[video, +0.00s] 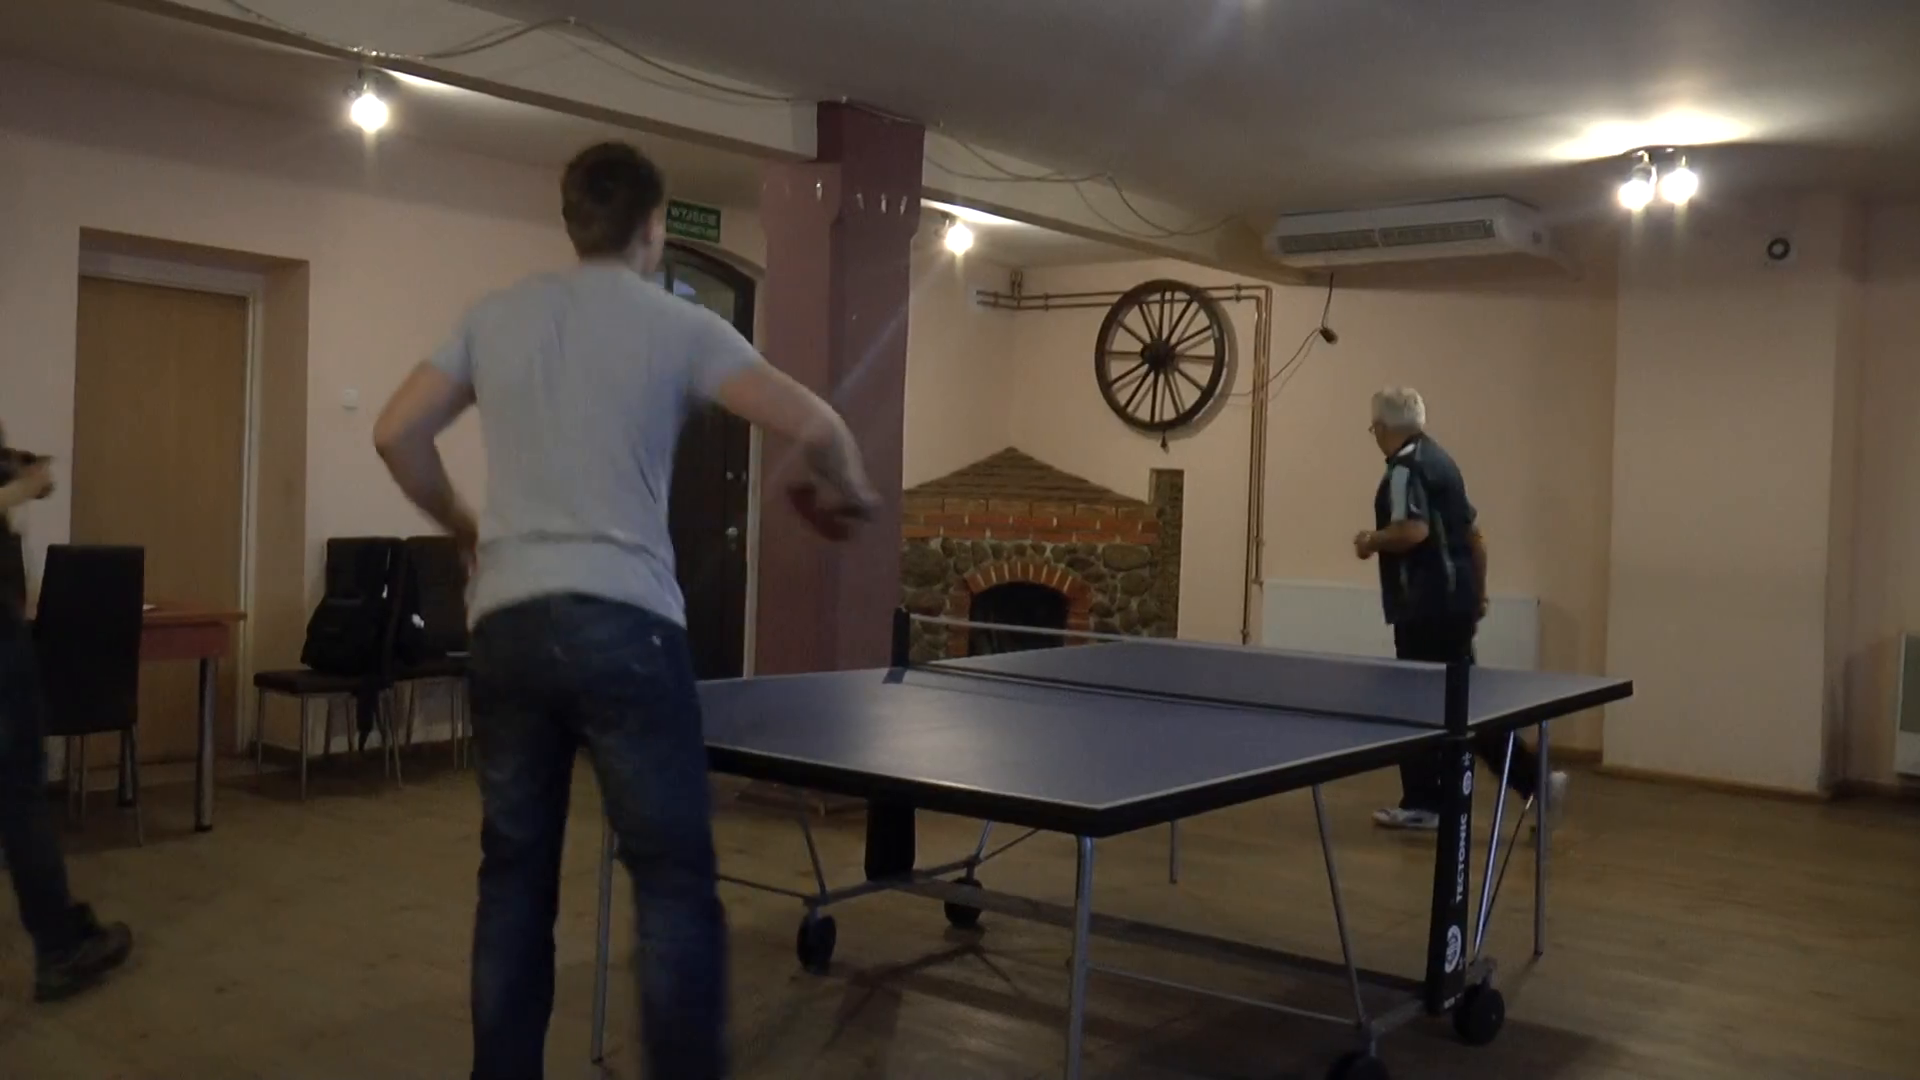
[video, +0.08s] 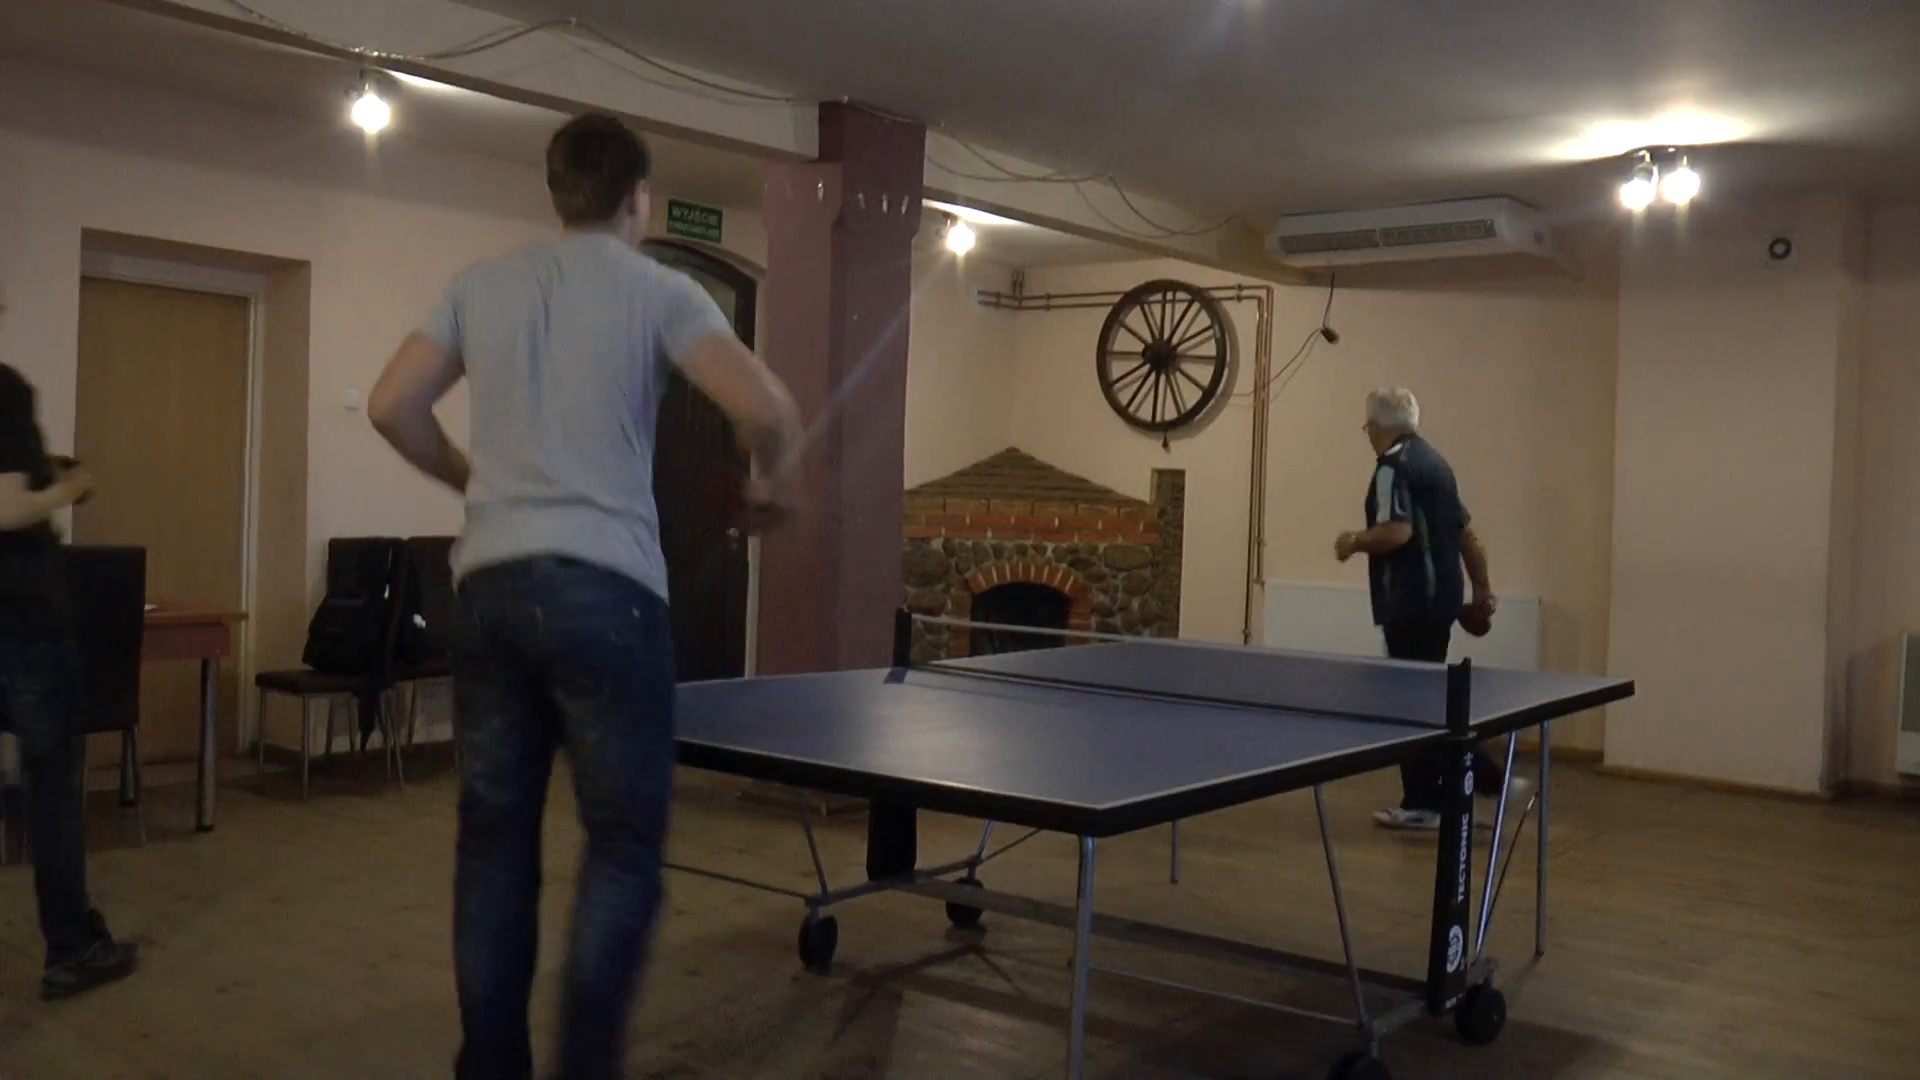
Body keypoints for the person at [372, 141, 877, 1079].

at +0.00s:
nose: (663, 238)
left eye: (658, 224)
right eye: (663, 224)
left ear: (570, 226)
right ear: (652, 226)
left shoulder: (495, 314)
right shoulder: (675, 321)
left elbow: (398, 432)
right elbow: (818, 425)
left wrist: (459, 522)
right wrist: (846, 489)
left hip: (505, 620)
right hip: (623, 617)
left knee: (514, 868)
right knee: (672, 873)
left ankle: (503, 1070)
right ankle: (686, 1066)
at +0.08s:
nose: (651, 209)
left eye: (648, 197)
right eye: (651, 197)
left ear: (551, 197)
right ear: (637, 200)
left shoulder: (479, 284)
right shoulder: (656, 288)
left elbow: (394, 407)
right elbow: (769, 411)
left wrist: (473, 480)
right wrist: (770, 483)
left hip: (485, 583)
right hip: (606, 584)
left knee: (493, 836)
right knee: (623, 844)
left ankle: (489, 1066)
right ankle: (586, 1064)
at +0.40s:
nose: (583, 236)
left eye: (579, 222)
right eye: (584, 224)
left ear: (490, 223)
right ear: (572, 228)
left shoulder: (419, 326)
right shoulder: (581, 332)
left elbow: (347, 464)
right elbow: (624, 501)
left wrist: (431, 527)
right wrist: (598, 543)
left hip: (413, 617)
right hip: (522, 626)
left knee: (372, 854)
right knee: (516, 884)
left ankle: (287, 1065)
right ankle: (467, 1070)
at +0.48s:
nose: (560, 219)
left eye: (551, 204)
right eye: (558, 205)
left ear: (466, 203)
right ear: (544, 208)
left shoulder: (392, 299)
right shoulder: (552, 304)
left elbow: (326, 436)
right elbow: (621, 461)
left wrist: (417, 489)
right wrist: (586, 503)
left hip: (387, 594)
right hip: (494, 602)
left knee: (358, 828)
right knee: (501, 859)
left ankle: (292, 1058)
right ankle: (471, 1068)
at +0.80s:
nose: (459, 249)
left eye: (459, 235)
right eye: (460, 235)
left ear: (366, 234)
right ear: (445, 234)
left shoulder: (300, 339)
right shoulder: (442, 331)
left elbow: (266, 489)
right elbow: (467, 504)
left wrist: (332, 542)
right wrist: (513, 543)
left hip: (311, 624)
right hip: (411, 629)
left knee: (327, 844)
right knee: (464, 862)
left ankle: (281, 1063)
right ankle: (449, 1067)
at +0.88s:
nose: (453, 229)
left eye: (449, 213)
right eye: (452, 214)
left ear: (362, 215)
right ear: (436, 213)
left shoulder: (293, 314)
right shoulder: (427, 306)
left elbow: (238, 450)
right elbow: (435, 467)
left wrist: (310, 515)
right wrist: (472, 538)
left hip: (303, 598)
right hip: (402, 601)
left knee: (315, 829)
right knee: (451, 842)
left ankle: (281, 1061)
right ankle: (439, 1062)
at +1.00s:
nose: (444, 227)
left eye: (440, 211)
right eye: (443, 211)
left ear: (352, 208)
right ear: (426, 211)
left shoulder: (284, 304)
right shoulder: (422, 292)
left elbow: (214, 425)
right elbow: (417, 423)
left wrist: (304, 489)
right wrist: (469, 511)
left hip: (290, 586)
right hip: (387, 591)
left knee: (304, 834)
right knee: (432, 841)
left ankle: (281, 1063)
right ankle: (410, 1064)